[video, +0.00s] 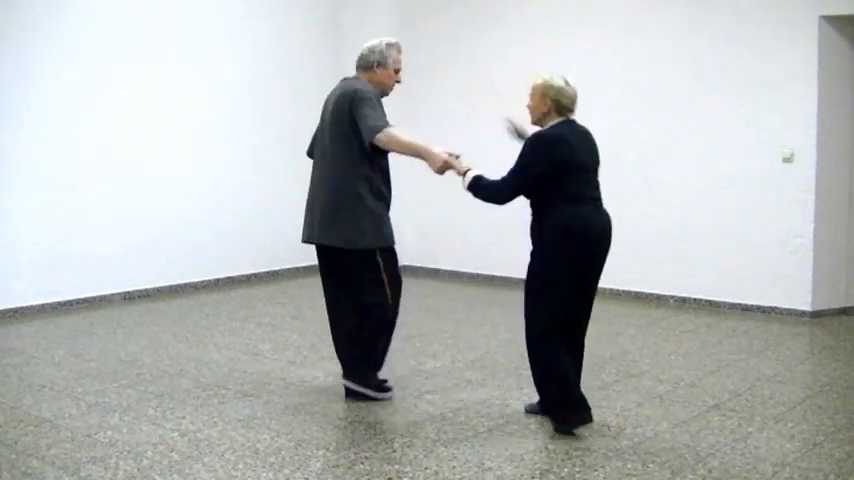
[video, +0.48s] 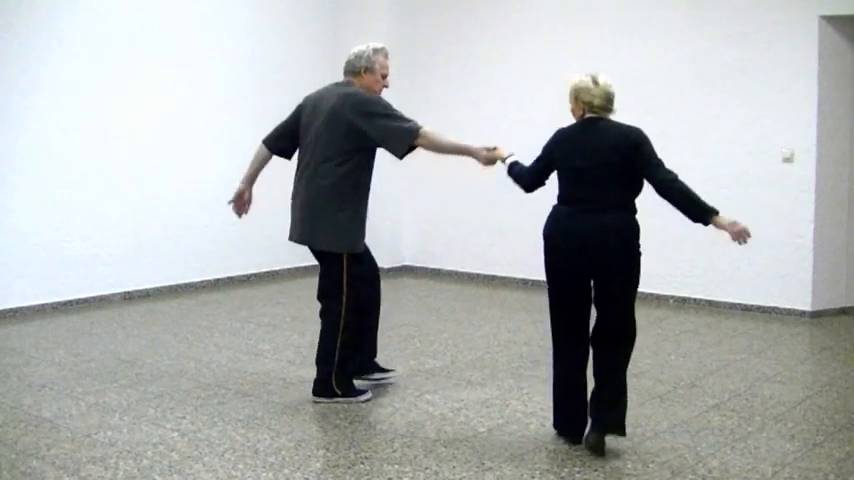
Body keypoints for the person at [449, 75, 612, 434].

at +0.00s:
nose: (528, 104)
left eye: (532, 97)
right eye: (530, 97)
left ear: (548, 104)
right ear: (563, 105)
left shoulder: (543, 142)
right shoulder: (584, 137)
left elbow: (503, 192)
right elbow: (554, 163)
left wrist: (467, 175)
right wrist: (527, 139)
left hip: (557, 243)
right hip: (593, 239)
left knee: (542, 324)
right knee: (572, 320)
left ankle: (568, 412)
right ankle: (559, 398)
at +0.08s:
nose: (535, 109)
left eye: (539, 104)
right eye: (538, 102)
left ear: (553, 110)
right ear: (572, 111)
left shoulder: (544, 148)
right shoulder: (597, 144)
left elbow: (498, 196)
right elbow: (611, 185)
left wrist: (459, 184)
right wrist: (564, 189)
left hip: (559, 244)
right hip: (601, 242)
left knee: (549, 328)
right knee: (573, 323)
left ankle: (570, 418)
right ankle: (559, 397)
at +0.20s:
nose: (545, 113)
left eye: (548, 107)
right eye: (547, 107)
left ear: (559, 111)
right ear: (585, 113)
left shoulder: (545, 147)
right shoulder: (612, 148)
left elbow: (501, 196)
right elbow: (642, 196)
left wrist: (462, 193)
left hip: (558, 252)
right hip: (607, 253)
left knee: (558, 332)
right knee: (590, 327)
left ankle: (572, 422)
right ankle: (572, 403)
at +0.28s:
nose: (553, 111)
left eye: (556, 105)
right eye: (554, 104)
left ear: (566, 109)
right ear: (593, 109)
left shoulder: (549, 144)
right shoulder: (620, 145)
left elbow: (511, 195)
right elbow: (651, 192)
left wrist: (475, 193)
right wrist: (683, 229)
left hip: (558, 252)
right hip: (610, 252)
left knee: (560, 333)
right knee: (597, 328)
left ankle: (569, 422)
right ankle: (593, 412)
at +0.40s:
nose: (563, 108)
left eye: (565, 103)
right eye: (564, 102)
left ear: (573, 106)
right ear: (603, 105)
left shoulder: (558, 139)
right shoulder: (628, 139)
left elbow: (523, 188)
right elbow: (664, 187)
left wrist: (499, 173)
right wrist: (715, 222)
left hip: (562, 243)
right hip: (615, 244)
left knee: (566, 331)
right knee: (610, 328)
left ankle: (569, 425)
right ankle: (608, 417)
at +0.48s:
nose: (568, 109)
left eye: (569, 104)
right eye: (570, 103)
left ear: (577, 106)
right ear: (609, 104)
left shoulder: (564, 139)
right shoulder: (632, 138)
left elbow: (528, 181)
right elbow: (666, 184)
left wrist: (506, 159)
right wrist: (717, 220)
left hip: (565, 243)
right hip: (618, 244)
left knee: (568, 332)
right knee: (614, 331)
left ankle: (569, 425)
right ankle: (601, 422)